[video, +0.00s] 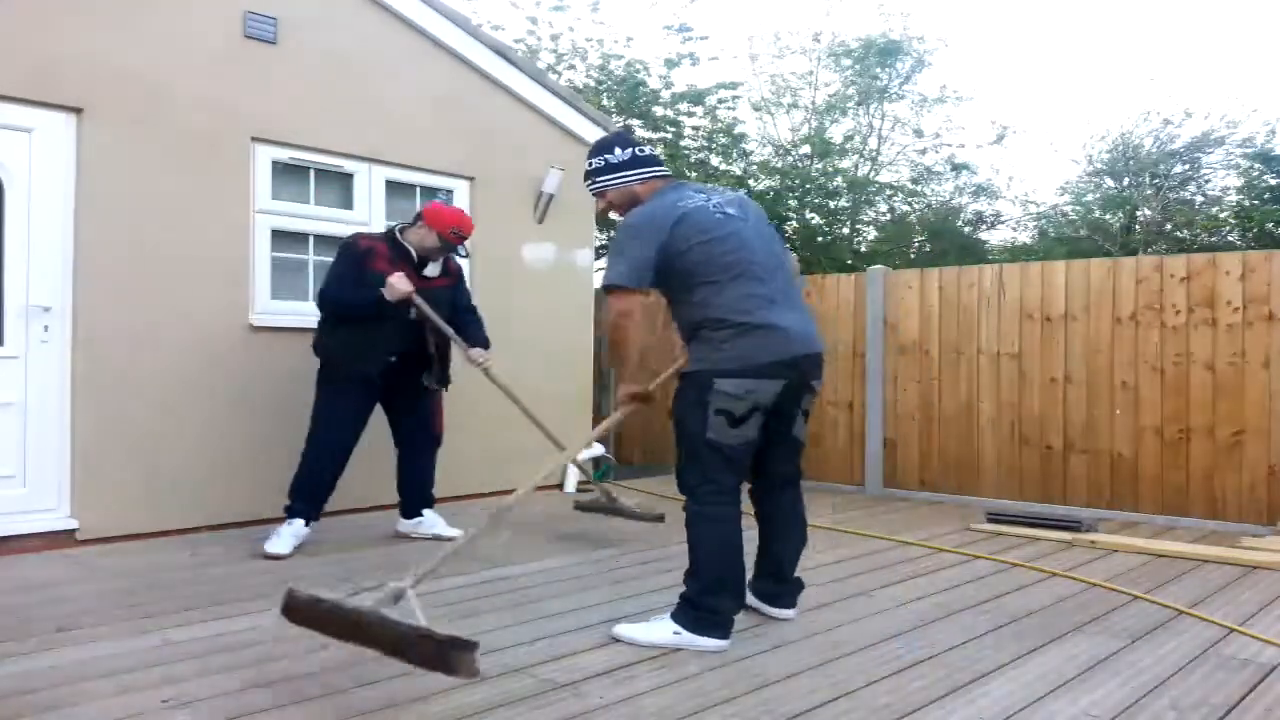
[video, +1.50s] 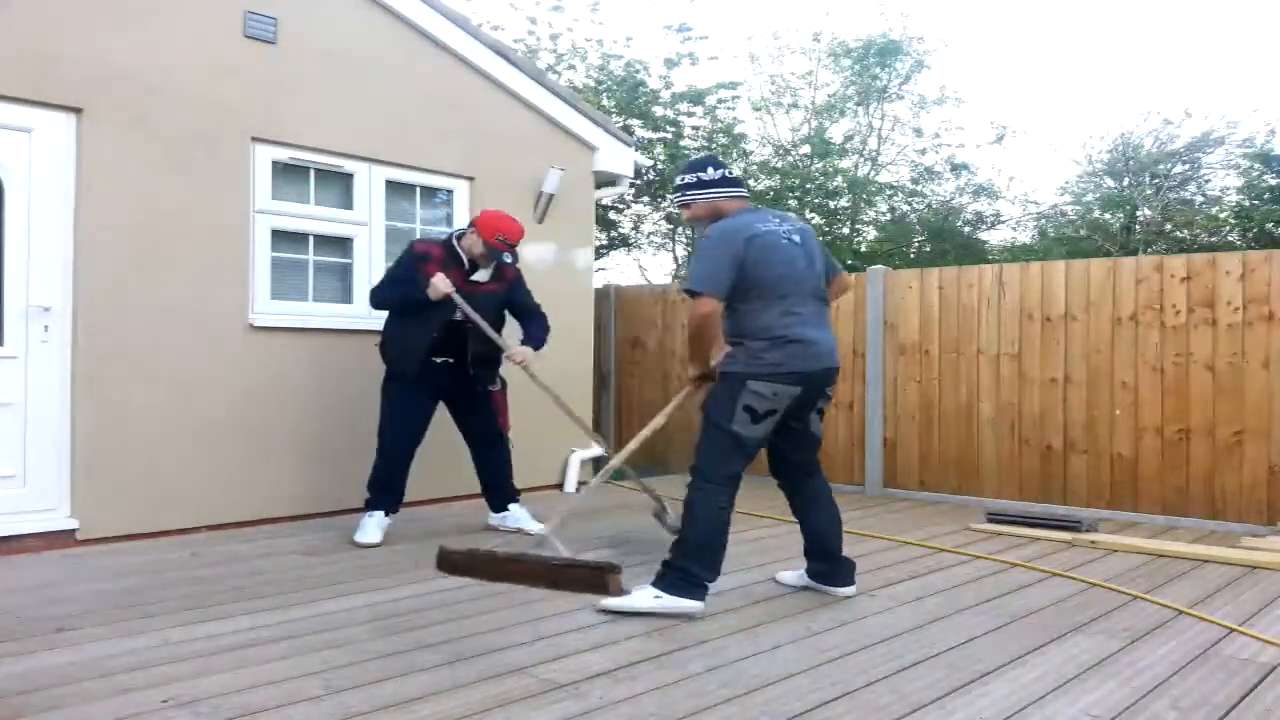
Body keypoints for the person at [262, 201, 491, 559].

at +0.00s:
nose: (445, 255)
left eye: (450, 250)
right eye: (443, 246)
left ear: (432, 234)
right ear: (424, 228)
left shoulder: (446, 270)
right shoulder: (361, 250)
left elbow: (463, 311)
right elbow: (330, 300)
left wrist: (478, 342)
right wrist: (383, 294)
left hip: (412, 371)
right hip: (352, 367)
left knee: (421, 440)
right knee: (329, 443)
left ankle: (416, 514)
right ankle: (298, 520)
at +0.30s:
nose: (467, 259)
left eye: (471, 254)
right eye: (466, 250)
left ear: (457, 242)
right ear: (447, 234)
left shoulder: (465, 275)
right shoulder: (385, 253)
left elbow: (485, 317)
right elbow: (361, 306)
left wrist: (515, 362)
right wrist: (426, 317)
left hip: (421, 367)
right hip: (368, 362)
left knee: (425, 437)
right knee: (363, 435)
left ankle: (416, 514)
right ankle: (339, 512)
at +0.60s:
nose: (452, 255)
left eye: (458, 250)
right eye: (450, 247)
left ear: (459, 245)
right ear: (433, 230)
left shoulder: (461, 270)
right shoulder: (375, 253)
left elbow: (474, 314)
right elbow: (340, 302)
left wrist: (473, 351)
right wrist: (387, 291)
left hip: (428, 366)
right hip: (373, 364)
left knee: (429, 437)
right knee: (377, 437)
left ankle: (416, 514)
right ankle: (375, 513)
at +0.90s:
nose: (442, 255)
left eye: (447, 250)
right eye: (440, 246)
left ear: (450, 246)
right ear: (423, 230)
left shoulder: (451, 270)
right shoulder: (365, 246)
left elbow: (442, 323)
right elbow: (308, 286)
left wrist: (404, 342)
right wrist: (347, 262)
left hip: (420, 362)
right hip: (363, 361)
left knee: (440, 428)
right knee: (371, 434)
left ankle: (430, 510)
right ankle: (375, 513)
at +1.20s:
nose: (450, 253)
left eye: (456, 249)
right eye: (448, 245)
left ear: (463, 244)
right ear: (431, 228)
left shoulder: (462, 265)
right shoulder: (379, 247)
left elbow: (469, 322)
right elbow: (317, 283)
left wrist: (428, 329)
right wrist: (352, 259)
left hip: (437, 364)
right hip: (379, 364)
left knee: (462, 430)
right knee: (378, 441)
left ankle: (490, 503)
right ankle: (376, 513)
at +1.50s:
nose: (493, 261)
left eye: (498, 256)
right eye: (490, 253)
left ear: (503, 251)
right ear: (473, 237)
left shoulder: (505, 273)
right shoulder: (424, 254)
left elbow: (534, 317)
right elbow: (379, 297)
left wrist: (530, 345)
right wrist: (425, 293)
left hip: (470, 372)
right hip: (413, 370)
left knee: (490, 439)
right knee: (396, 443)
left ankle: (504, 508)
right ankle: (378, 512)